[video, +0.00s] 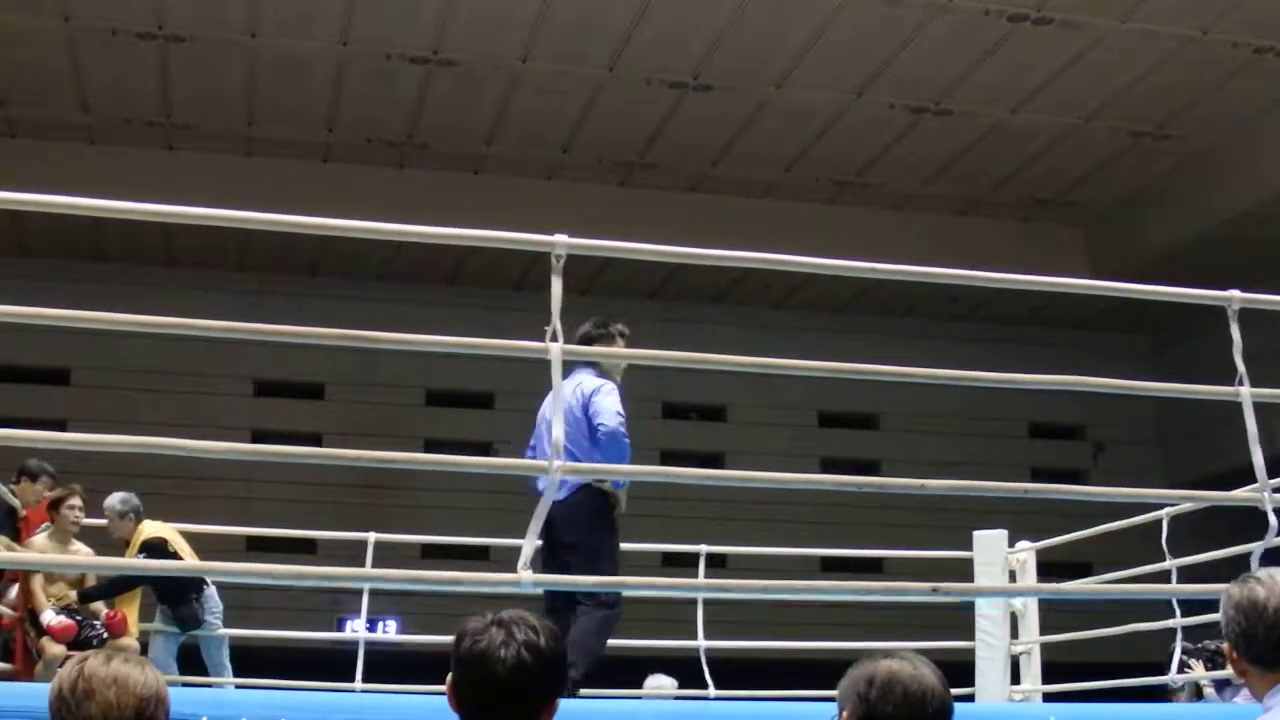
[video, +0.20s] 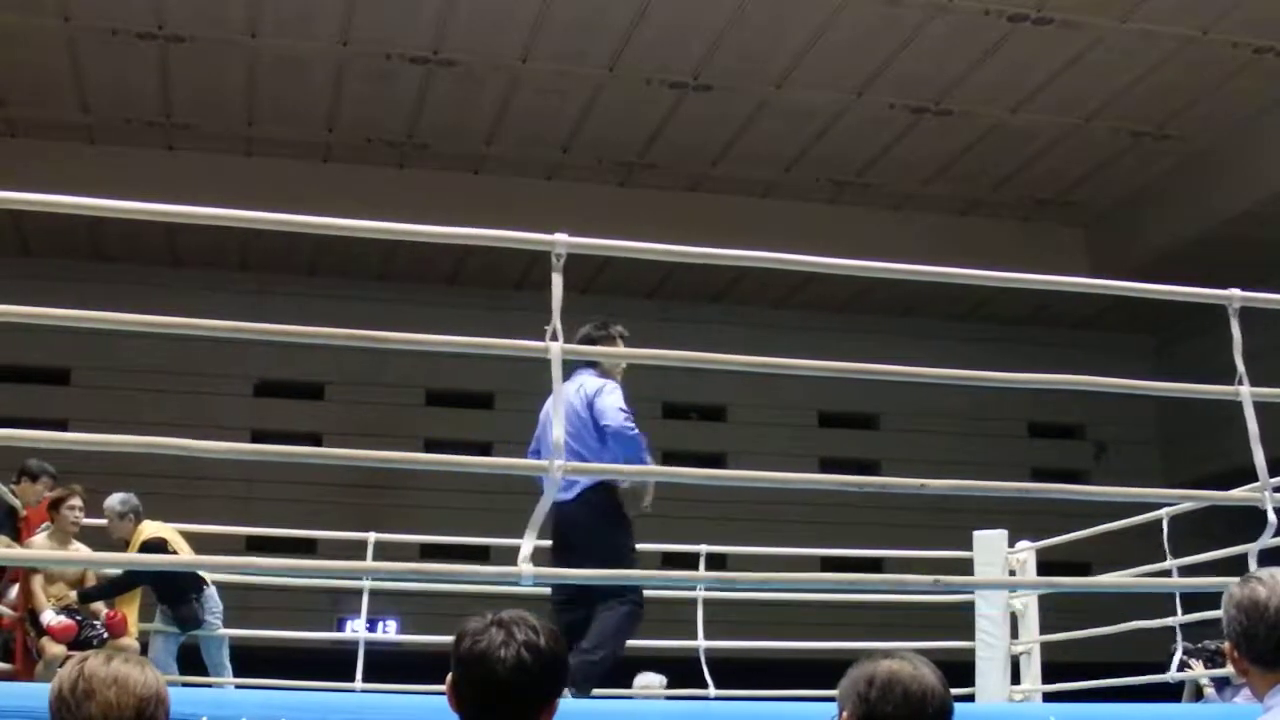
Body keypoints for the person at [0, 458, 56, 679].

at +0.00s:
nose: (46, 495)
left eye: (49, 490)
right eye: (44, 488)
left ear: (26, 482)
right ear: (24, 481)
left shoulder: (18, 509)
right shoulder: (6, 506)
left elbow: (12, 542)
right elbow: (4, 542)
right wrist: (30, 557)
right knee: (13, 618)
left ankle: (20, 663)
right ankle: (13, 664)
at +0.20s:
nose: (46, 495)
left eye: (49, 490)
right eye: (45, 488)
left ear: (26, 482)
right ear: (25, 481)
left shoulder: (18, 510)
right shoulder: (6, 507)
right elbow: (4, 543)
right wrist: (31, 557)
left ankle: (21, 663)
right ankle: (12, 664)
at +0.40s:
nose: (46, 496)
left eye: (49, 491)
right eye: (44, 489)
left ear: (26, 483)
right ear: (25, 482)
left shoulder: (18, 509)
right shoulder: (6, 507)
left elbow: (13, 543)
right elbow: (4, 544)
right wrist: (32, 559)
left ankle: (21, 663)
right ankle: (14, 664)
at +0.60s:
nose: (46, 496)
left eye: (49, 491)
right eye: (44, 489)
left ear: (26, 483)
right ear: (25, 482)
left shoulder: (18, 509)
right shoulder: (6, 506)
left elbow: (13, 542)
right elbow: (4, 545)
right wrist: (33, 559)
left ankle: (21, 663)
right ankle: (14, 664)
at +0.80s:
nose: (46, 496)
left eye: (49, 491)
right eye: (44, 489)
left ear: (26, 483)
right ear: (25, 482)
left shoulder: (17, 508)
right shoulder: (6, 506)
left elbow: (11, 542)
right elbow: (5, 544)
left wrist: (30, 555)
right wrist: (32, 558)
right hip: (6, 583)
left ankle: (22, 663)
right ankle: (15, 664)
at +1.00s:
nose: (46, 497)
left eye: (49, 492)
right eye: (44, 489)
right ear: (26, 482)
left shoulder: (18, 509)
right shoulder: (7, 506)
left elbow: (12, 541)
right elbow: (4, 543)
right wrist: (32, 557)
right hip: (6, 584)